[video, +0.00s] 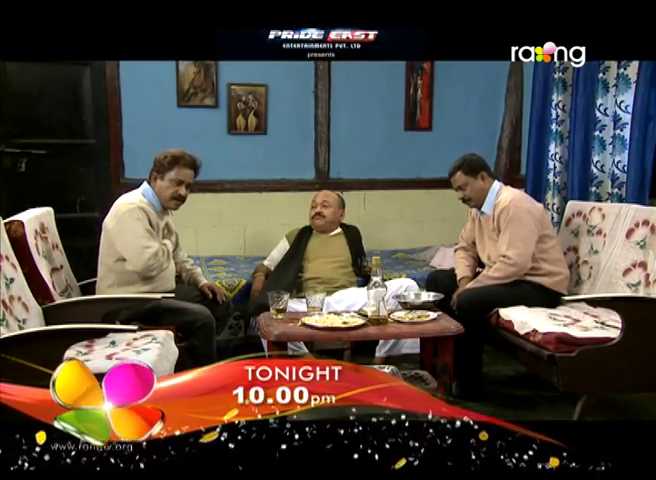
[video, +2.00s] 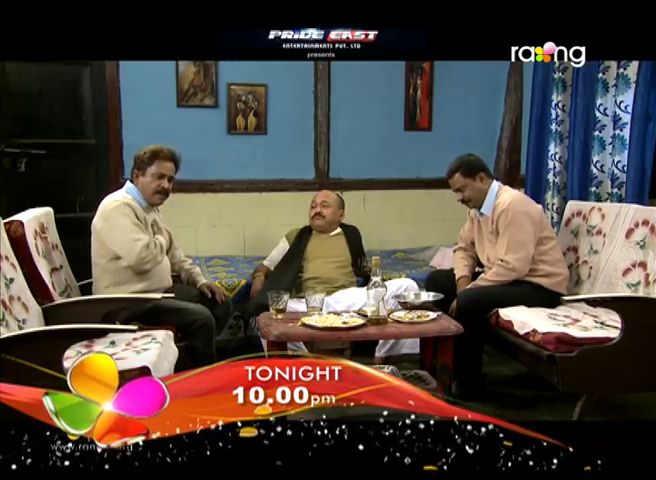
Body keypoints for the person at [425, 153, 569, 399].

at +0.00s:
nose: (461, 196)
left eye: (463, 188)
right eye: (458, 191)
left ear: (483, 178)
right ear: (480, 180)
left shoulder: (516, 205)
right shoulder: (479, 209)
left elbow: (515, 263)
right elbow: (465, 247)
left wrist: (468, 289)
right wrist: (465, 281)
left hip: (541, 285)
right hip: (502, 277)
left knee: (468, 303)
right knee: (437, 280)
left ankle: (467, 385)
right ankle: (439, 369)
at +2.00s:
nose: (459, 198)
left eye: (462, 190)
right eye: (456, 193)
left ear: (482, 179)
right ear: (479, 180)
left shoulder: (514, 206)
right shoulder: (478, 208)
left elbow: (513, 266)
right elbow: (464, 248)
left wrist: (465, 295)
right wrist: (463, 284)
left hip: (541, 286)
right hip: (504, 277)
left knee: (469, 302)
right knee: (437, 280)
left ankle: (467, 385)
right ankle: (440, 368)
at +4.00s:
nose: (463, 187)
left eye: (467, 179)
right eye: (462, 181)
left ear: (487, 175)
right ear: (484, 177)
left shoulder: (519, 204)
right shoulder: (482, 207)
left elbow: (513, 265)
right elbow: (465, 247)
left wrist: (469, 292)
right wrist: (464, 280)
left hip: (541, 286)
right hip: (504, 278)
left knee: (469, 302)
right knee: (437, 280)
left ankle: (467, 386)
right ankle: (437, 371)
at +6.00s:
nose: (476, 182)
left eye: (481, 175)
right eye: (474, 176)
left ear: (504, 172)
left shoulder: (528, 201)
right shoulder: (486, 207)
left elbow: (515, 258)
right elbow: (468, 246)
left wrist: (473, 290)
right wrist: (464, 279)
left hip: (541, 285)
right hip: (503, 277)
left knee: (469, 302)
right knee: (437, 280)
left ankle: (467, 384)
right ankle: (437, 367)